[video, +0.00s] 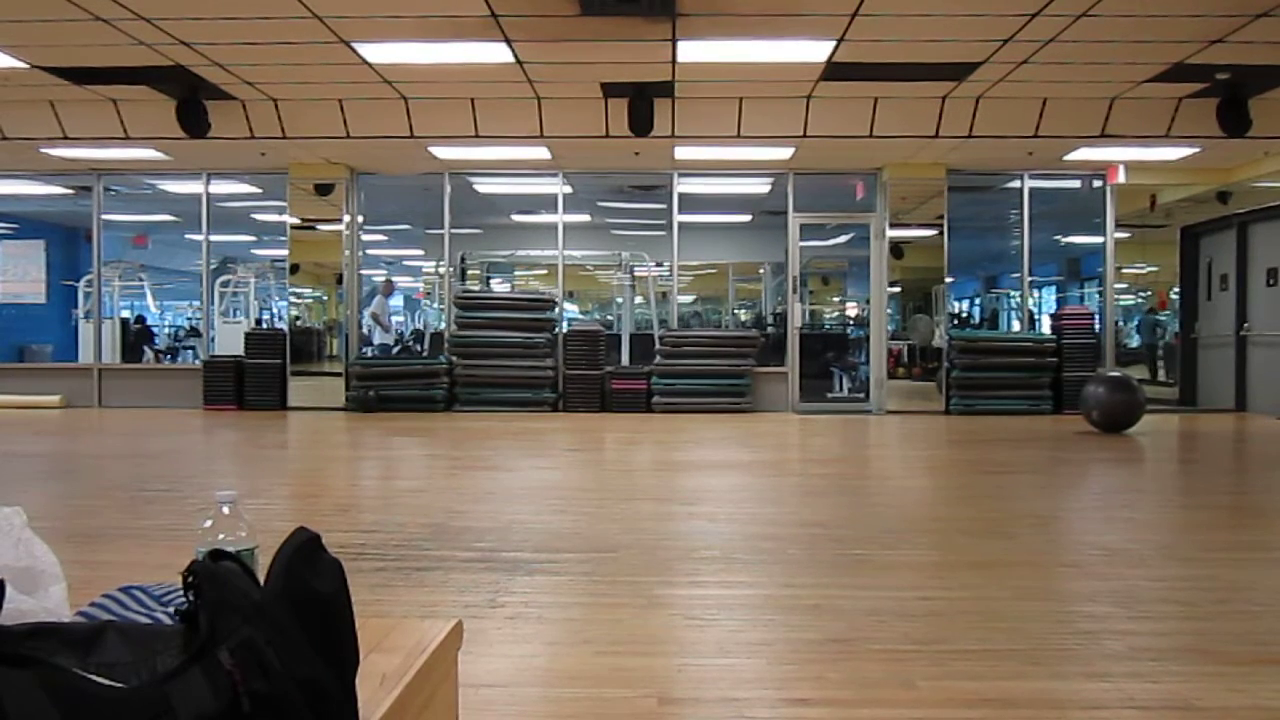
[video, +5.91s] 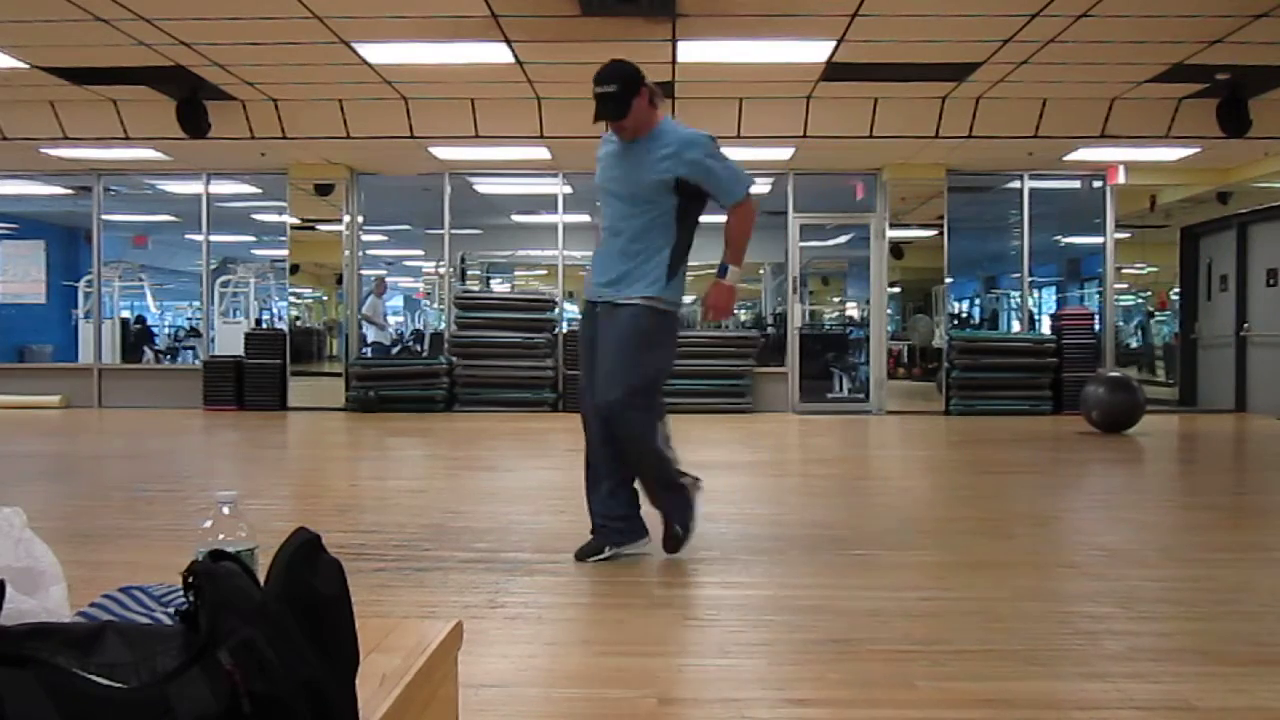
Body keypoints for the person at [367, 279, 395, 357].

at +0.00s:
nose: (392, 291)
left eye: (392, 289)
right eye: (390, 288)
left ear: (392, 289)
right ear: (384, 288)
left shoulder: (385, 301)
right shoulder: (380, 299)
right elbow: (373, 313)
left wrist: (388, 325)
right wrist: (384, 326)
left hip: (386, 338)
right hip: (381, 338)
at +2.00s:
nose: (395, 291)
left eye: (395, 288)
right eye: (393, 288)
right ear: (387, 288)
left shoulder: (387, 301)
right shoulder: (381, 299)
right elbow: (375, 314)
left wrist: (389, 325)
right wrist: (385, 326)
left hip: (388, 338)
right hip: (383, 338)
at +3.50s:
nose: (387, 288)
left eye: (386, 285)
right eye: (385, 285)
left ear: (385, 286)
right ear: (379, 286)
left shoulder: (383, 300)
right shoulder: (375, 299)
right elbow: (371, 316)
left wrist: (388, 323)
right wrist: (385, 324)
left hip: (386, 338)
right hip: (380, 338)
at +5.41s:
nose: (385, 289)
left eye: (385, 286)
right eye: (383, 286)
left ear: (385, 287)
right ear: (377, 287)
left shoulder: (381, 300)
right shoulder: (373, 299)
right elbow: (366, 314)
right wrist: (380, 322)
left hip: (384, 337)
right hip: (377, 337)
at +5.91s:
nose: (385, 288)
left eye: (385, 286)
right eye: (383, 286)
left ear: (385, 287)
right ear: (377, 287)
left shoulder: (381, 301)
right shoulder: (372, 299)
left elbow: (383, 316)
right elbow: (365, 314)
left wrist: (387, 324)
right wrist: (378, 324)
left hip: (384, 337)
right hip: (376, 338)